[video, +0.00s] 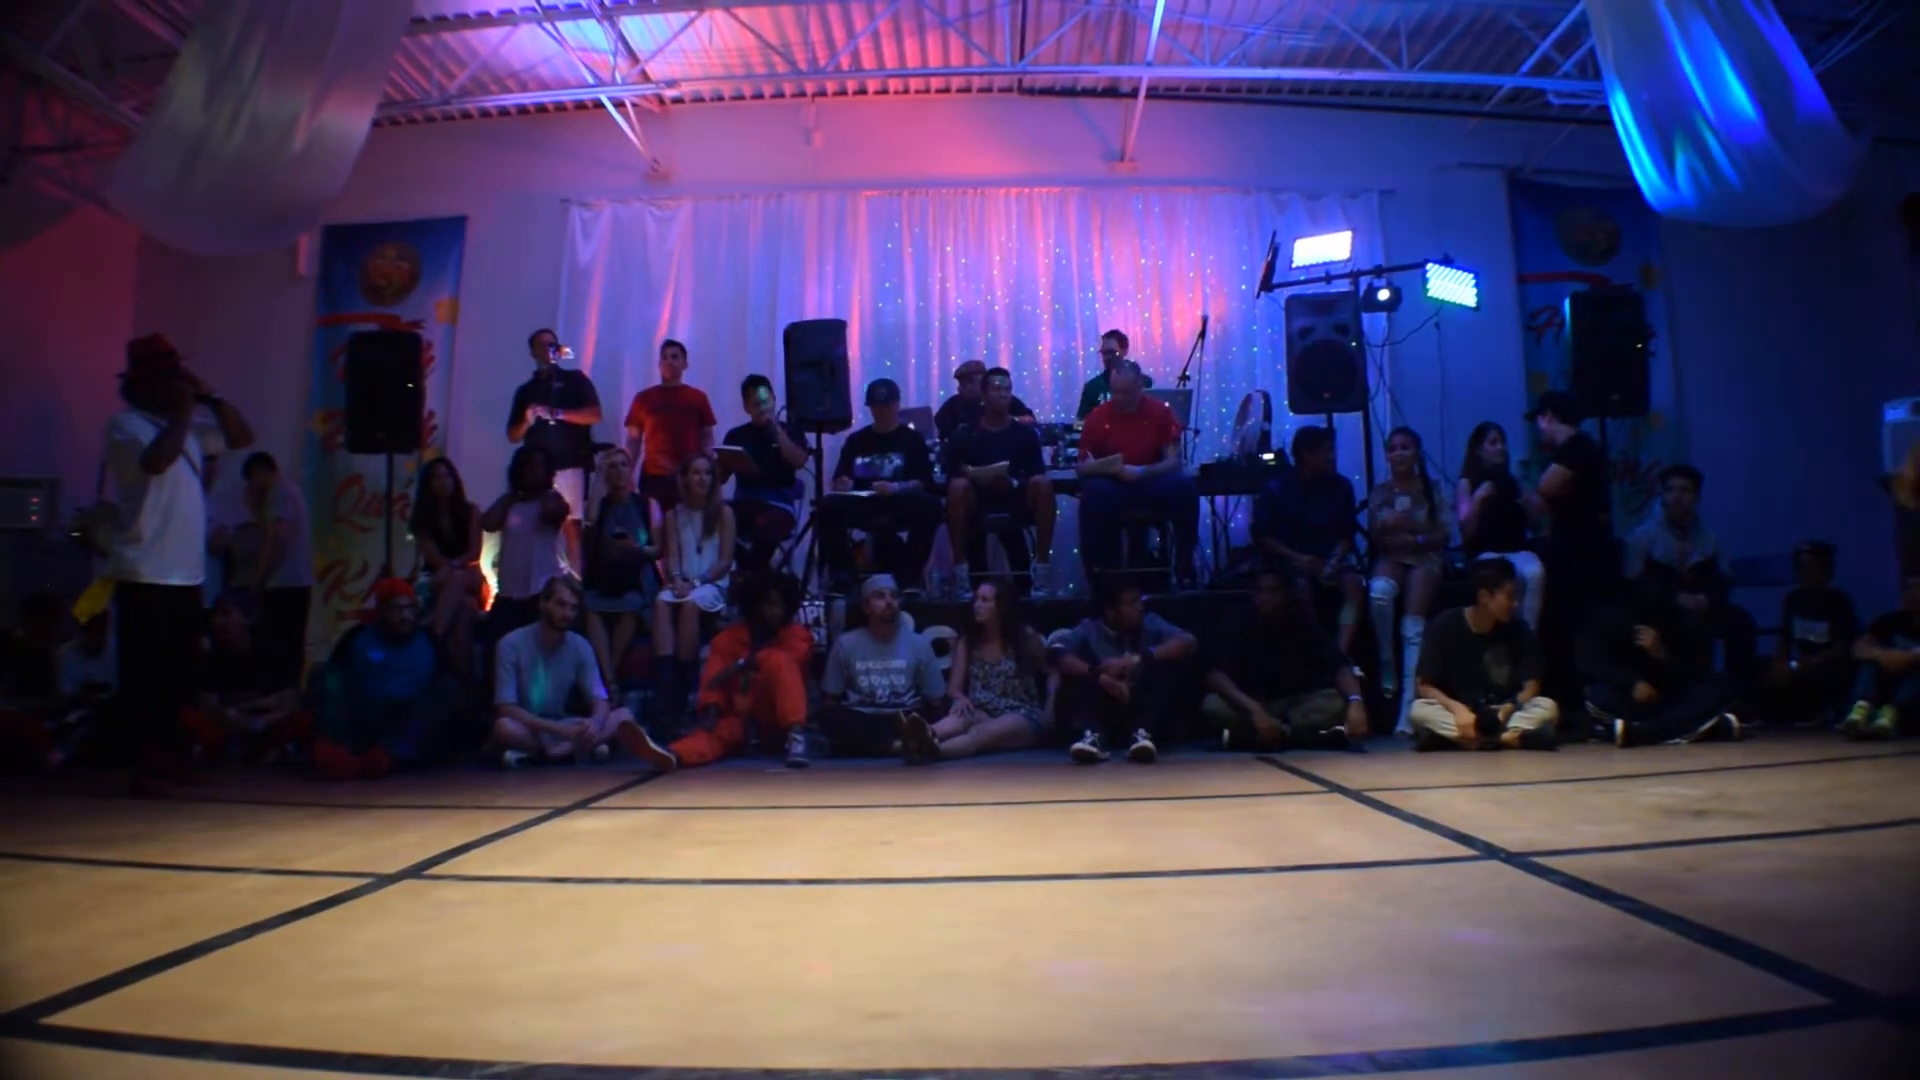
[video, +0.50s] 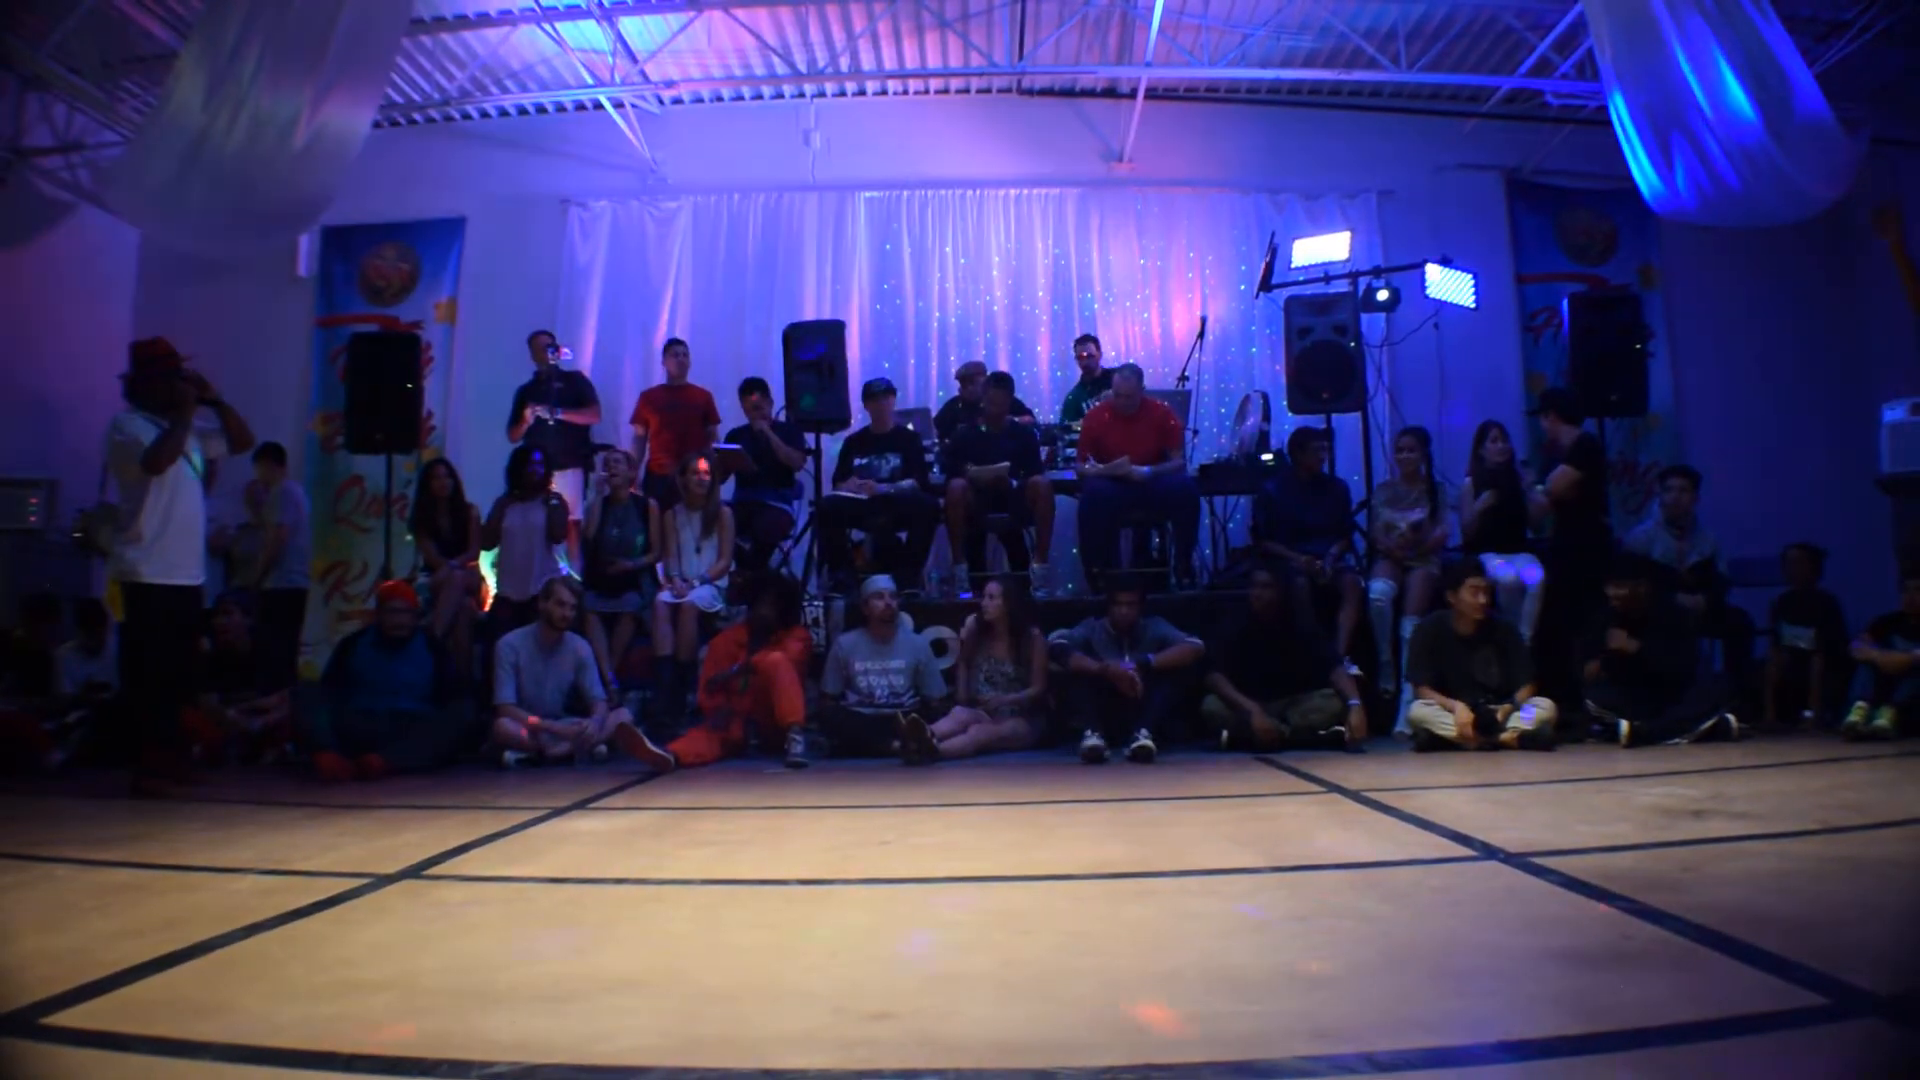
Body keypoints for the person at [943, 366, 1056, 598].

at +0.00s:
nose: (1002, 393)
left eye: (1006, 388)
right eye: (996, 388)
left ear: (1011, 393)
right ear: (984, 394)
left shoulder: (1024, 432)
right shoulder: (967, 430)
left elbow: (1036, 470)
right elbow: (950, 465)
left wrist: (1009, 480)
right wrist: (975, 473)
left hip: (1013, 491)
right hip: (979, 492)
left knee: (1042, 485)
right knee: (958, 486)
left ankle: (1042, 563)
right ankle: (960, 567)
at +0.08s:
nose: (1002, 394)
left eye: (1006, 389)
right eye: (996, 389)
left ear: (1011, 394)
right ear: (984, 394)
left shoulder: (1024, 432)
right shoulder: (967, 430)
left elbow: (1036, 469)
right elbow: (949, 464)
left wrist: (1009, 479)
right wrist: (976, 472)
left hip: (1013, 491)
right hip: (979, 492)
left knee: (1042, 485)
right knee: (957, 487)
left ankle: (1042, 563)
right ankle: (960, 566)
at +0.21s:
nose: (1001, 396)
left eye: (1005, 391)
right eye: (995, 391)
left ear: (1010, 395)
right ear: (983, 395)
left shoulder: (1024, 432)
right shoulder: (968, 431)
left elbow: (1034, 469)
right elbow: (949, 465)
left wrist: (1009, 479)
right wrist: (974, 473)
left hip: (1012, 491)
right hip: (979, 492)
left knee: (1041, 485)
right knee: (957, 487)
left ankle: (1041, 563)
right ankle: (959, 565)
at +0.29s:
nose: (1000, 399)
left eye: (1004, 394)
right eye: (995, 394)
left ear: (1010, 397)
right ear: (983, 397)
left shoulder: (1024, 432)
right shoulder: (967, 432)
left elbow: (1035, 471)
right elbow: (950, 468)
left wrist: (1010, 481)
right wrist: (972, 474)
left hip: (1012, 492)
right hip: (979, 493)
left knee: (1041, 486)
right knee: (956, 488)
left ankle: (1041, 564)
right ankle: (959, 567)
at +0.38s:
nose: (996, 406)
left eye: (1002, 400)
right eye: (991, 400)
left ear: (1010, 400)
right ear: (982, 399)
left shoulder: (1024, 433)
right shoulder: (966, 433)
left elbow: (1035, 472)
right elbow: (950, 469)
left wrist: (1010, 482)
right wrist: (974, 476)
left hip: (1012, 492)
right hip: (978, 493)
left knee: (1042, 486)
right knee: (956, 488)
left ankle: (1041, 564)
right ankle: (959, 566)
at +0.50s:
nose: (993, 408)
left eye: (999, 402)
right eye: (989, 402)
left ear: (1009, 402)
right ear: (982, 401)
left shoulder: (1024, 433)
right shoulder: (966, 434)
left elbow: (1034, 471)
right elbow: (950, 469)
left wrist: (1009, 481)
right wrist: (973, 476)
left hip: (1012, 493)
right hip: (978, 493)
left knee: (1041, 485)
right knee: (956, 488)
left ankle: (1041, 562)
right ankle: (959, 565)